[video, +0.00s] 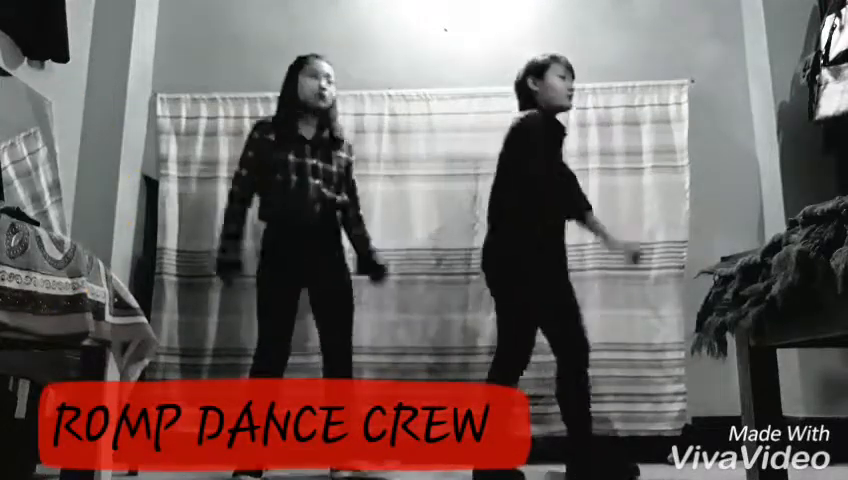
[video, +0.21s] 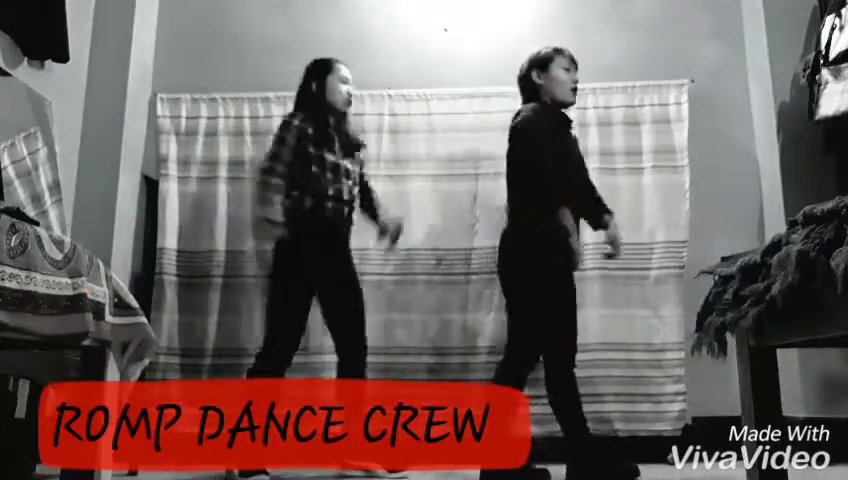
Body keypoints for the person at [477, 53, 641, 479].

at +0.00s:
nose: (571, 85)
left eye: (571, 79)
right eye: (562, 77)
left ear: (540, 90)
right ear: (536, 84)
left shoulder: (525, 131)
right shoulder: (541, 129)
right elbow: (566, 193)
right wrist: (611, 240)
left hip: (508, 260)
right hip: (536, 262)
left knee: (512, 353)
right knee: (573, 350)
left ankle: (482, 448)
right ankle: (583, 453)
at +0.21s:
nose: (576, 78)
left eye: (576, 72)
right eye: (568, 70)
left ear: (548, 80)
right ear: (541, 77)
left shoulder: (547, 122)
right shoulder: (540, 120)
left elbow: (576, 179)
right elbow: (557, 182)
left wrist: (605, 220)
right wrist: (579, 225)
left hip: (531, 250)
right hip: (539, 252)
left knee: (522, 352)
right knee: (559, 356)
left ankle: (488, 443)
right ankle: (584, 455)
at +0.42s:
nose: (572, 74)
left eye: (571, 67)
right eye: (564, 66)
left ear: (542, 77)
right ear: (538, 73)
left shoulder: (533, 116)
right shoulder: (545, 114)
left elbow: (531, 187)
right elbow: (546, 179)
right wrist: (561, 237)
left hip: (516, 252)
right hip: (535, 252)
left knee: (513, 352)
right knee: (557, 353)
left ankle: (490, 448)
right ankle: (584, 454)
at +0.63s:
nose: (583, 89)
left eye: (580, 81)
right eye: (575, 81)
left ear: (550, 91)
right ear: (551, 90)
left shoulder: (541, 137)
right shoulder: (556, 138)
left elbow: (546, 210)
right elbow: (563, 210)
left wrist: (557, 268)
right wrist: (571, 273)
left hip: (528, 270)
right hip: (544, 271)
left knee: (554, 359)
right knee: (589, 353)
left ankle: (501, 441)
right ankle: (584, 456)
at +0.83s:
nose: (578, 74)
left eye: (577, 67)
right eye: (570, 66)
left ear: (543, 78)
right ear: (542, 75)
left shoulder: (533, 120)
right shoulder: (552, 119)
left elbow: (530, 190)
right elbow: (561, 187)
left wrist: (552, 245)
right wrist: (571, 246)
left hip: (525, 252)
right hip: (545, 253)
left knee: (519, 354)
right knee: (557, 358)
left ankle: (491, 448)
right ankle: (581, 455)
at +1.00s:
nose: (562, 70)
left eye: (567, 65)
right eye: (550, 63)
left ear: (571, 77)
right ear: (526, 74)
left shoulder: (576, 133)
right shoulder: (514, 123)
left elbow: (592, 193)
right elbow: (518, 188)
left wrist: (594, 244)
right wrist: (543, 241)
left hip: (573, 258)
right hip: (526, 255)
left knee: (572, 358)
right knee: (527, 353)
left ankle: (579, 452)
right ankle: (505, 452)